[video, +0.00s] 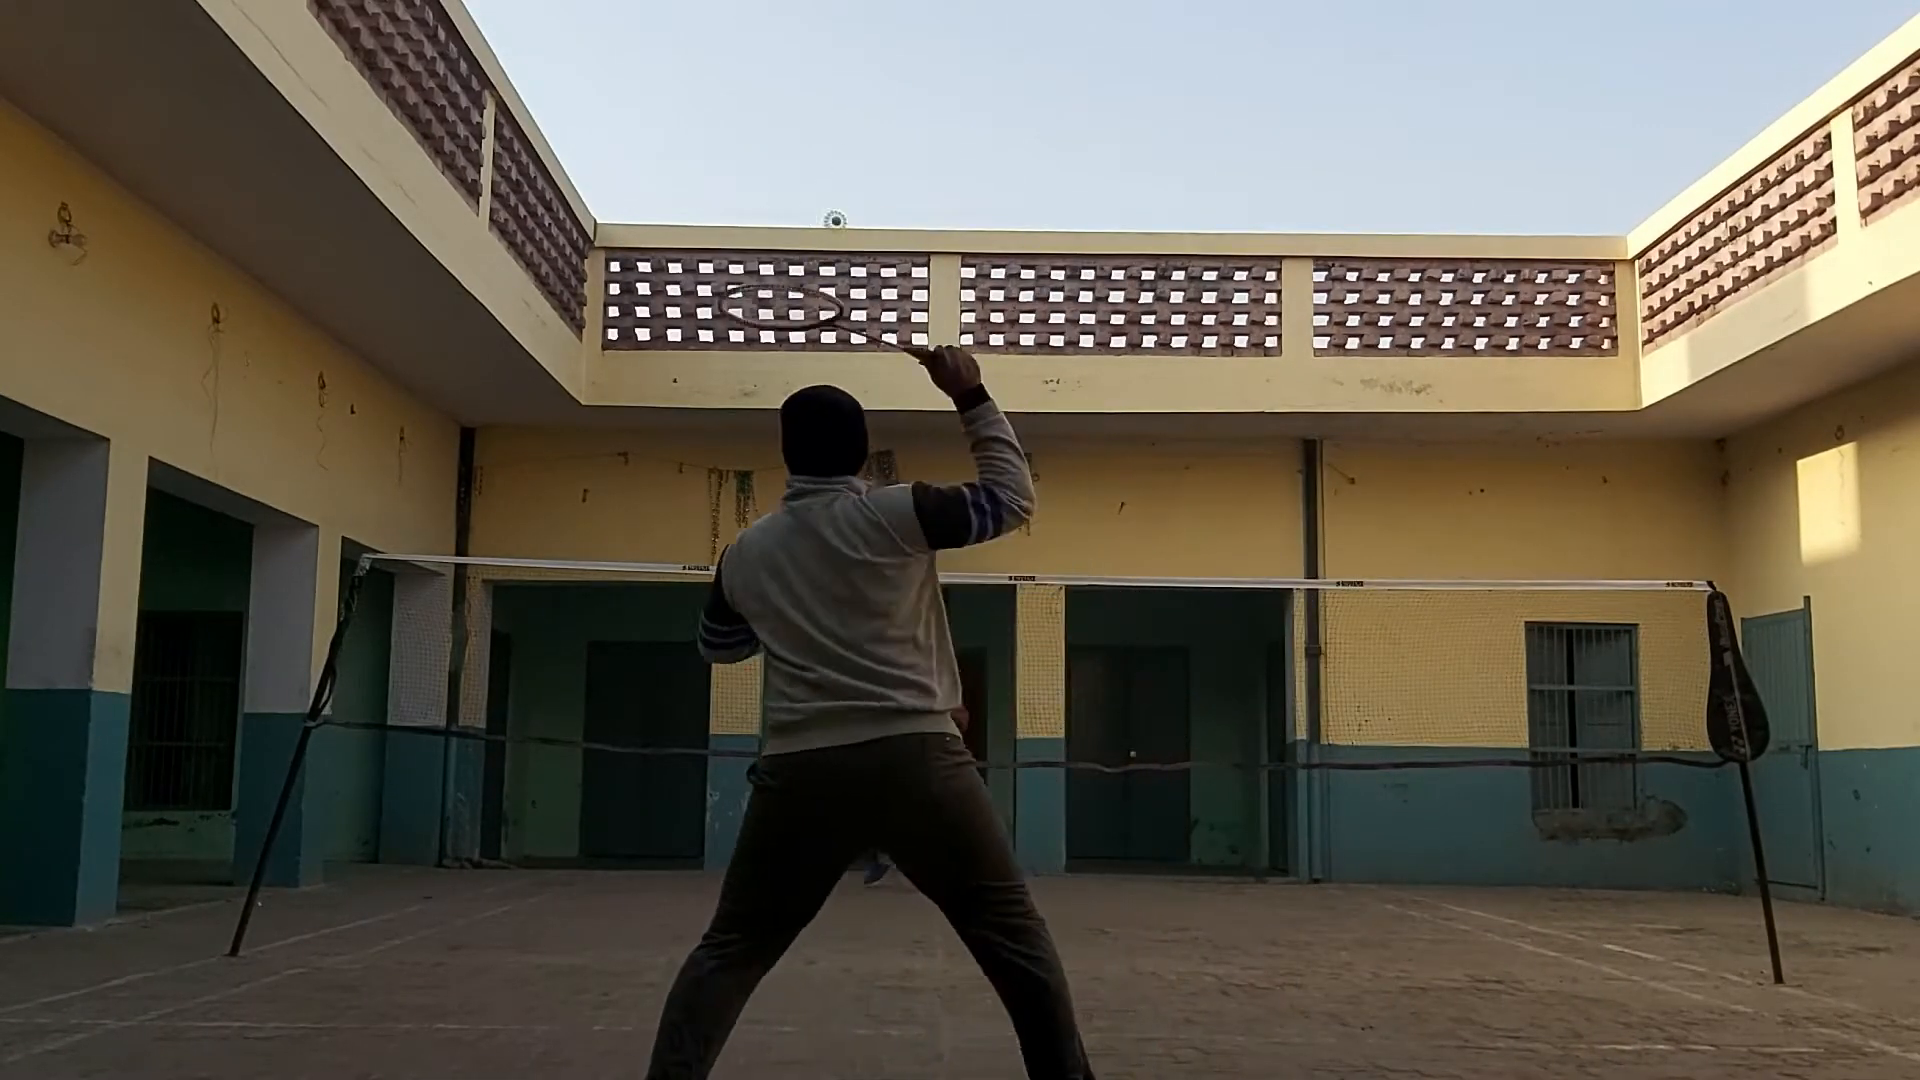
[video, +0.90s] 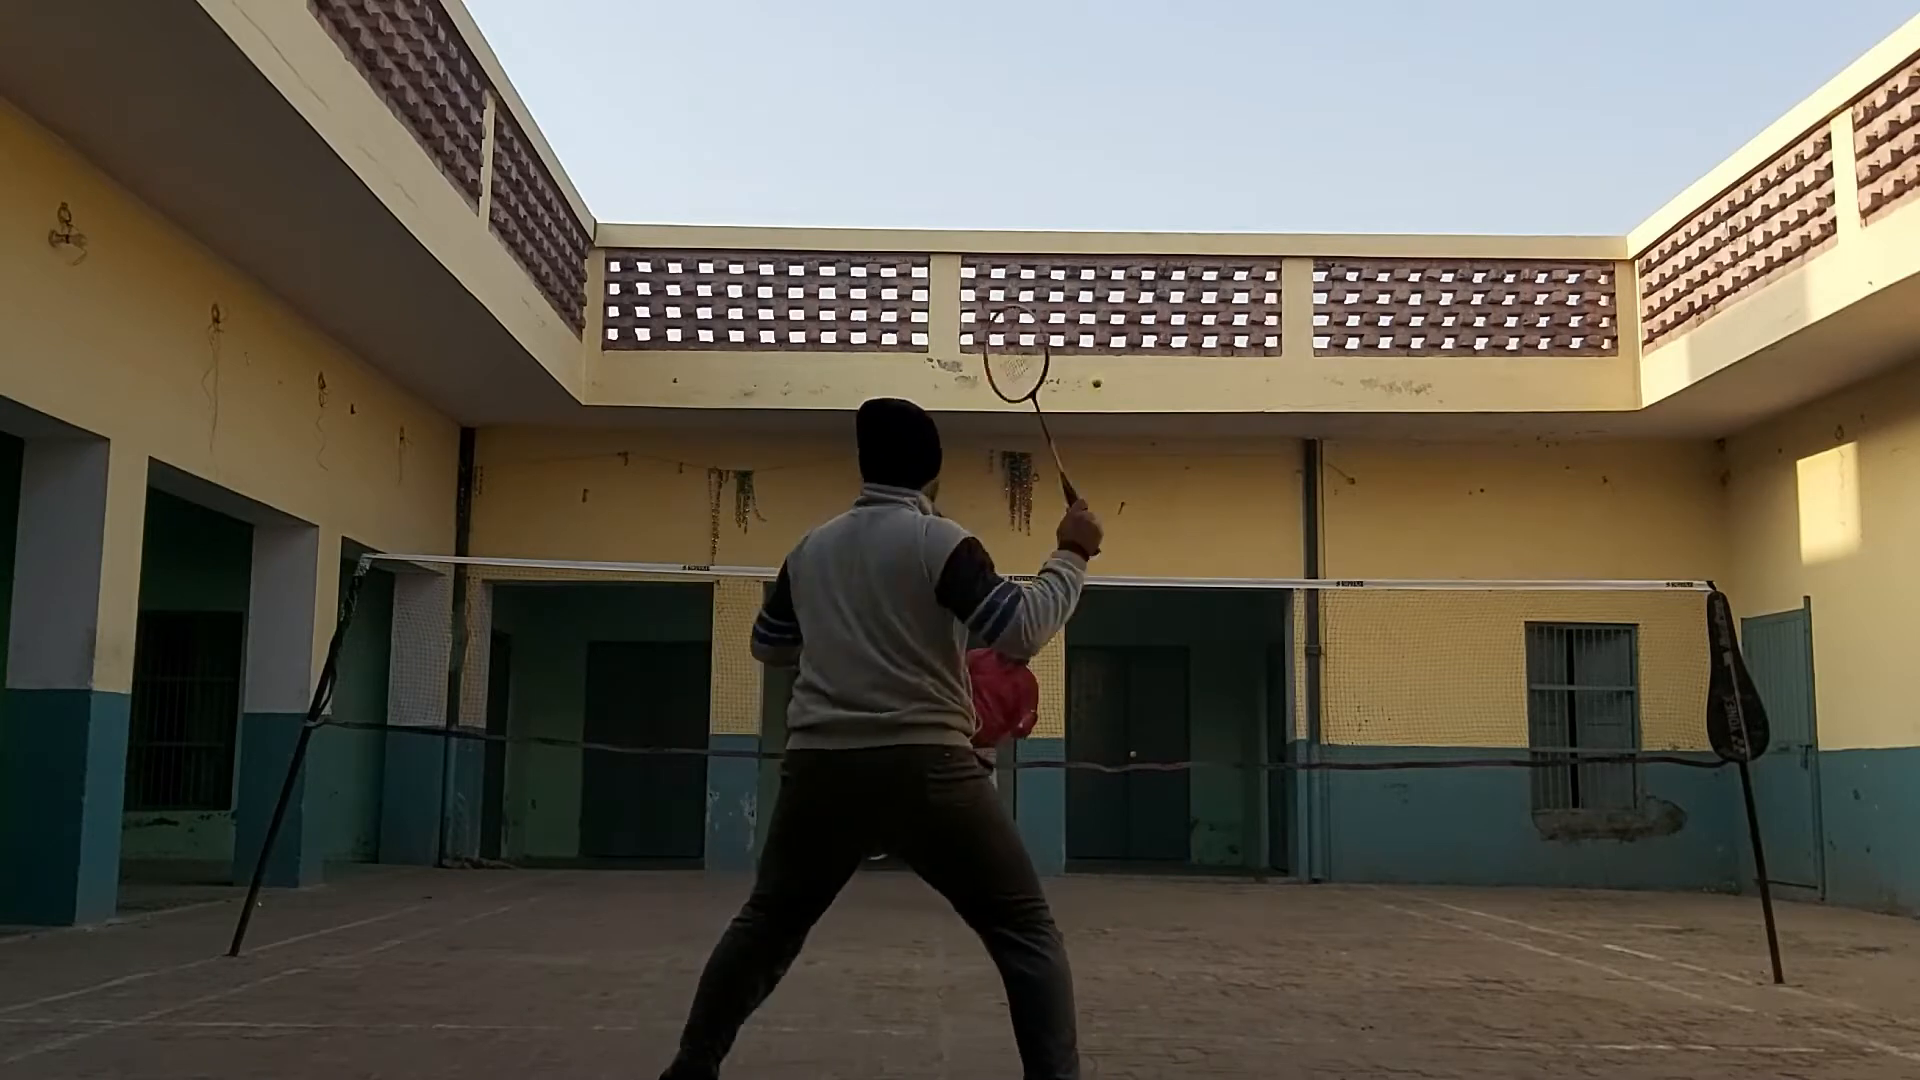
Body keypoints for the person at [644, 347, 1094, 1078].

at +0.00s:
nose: (860, 451)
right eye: (858, 440)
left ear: (786, 459)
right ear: (861, 452)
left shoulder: (746, 554)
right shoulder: (901, 511)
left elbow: (722, 643)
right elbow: (1009, 498)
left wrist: (786, 591)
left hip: (800, 773)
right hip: (920, 759)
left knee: (732, 950)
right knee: (1009, 929)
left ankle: (671, 1074)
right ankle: (1067, 1070)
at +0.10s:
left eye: (727, 450)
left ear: (726, 463)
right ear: (801, 447)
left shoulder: (703, 566)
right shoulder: (861, 494)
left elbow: (678, 669)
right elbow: (944, 477)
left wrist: (736, 613)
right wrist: (924, 394)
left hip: (795, 760)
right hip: (911, 744)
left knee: (735, 940)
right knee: (991, 925)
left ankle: (669, 1071)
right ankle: (1065, 1071)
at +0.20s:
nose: (692, 450)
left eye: (689, 442)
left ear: (693, 452)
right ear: (766, 431)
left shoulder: (684, 559)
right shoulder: (835, 475)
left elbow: (657, 680)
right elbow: (892, 567)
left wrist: (703, 597)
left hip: (790, 746)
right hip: (905, 720)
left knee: (739, 934)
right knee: (972, 912)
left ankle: (672, 1074)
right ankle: (1052, 1070)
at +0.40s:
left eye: (716, 435)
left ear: (719, 444)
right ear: (795, 431)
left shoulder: (699, 537)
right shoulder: (869, 491)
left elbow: (669, 659)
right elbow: (932, 601)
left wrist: (719, 723)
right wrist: (899, 674)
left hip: (787, 747)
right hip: (904, 729)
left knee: (730, 933)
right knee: (974, 915)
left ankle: (670, 1069)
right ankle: (1029, 1071)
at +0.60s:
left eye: (826, 435)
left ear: (821, 443)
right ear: (895, 440)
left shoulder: (776, 533)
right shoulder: (950, 515)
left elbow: (741, 658)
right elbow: (1002, 632)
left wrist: (777, 757)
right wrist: (985, 706)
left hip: (813, 751)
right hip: (930, 747)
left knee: (754, 931)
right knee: (1010, 923)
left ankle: (678, 1068)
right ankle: (1045, 1071)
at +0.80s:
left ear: (870, 462)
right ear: (941, 462)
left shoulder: (821, 546)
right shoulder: (968, 537)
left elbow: (780, 664)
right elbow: (1031, 651)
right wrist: (1058, 655)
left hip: (831, 762)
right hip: (944, 762)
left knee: (771, 907)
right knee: (1032, 923)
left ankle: (691, 1060)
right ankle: (1057, 1069)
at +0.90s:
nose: (933, 475)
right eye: (934, 464)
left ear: (862, 465)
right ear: (930, 468)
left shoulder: (809, 549)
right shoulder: (943, 543)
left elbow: (771, 645)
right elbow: (1018, 629)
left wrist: (849, 633)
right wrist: (1072, 555)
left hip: (819, 769)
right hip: (929, 769)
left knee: (769, 920)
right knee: (1023, 928)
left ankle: (693, 1063)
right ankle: (1055, 1072)